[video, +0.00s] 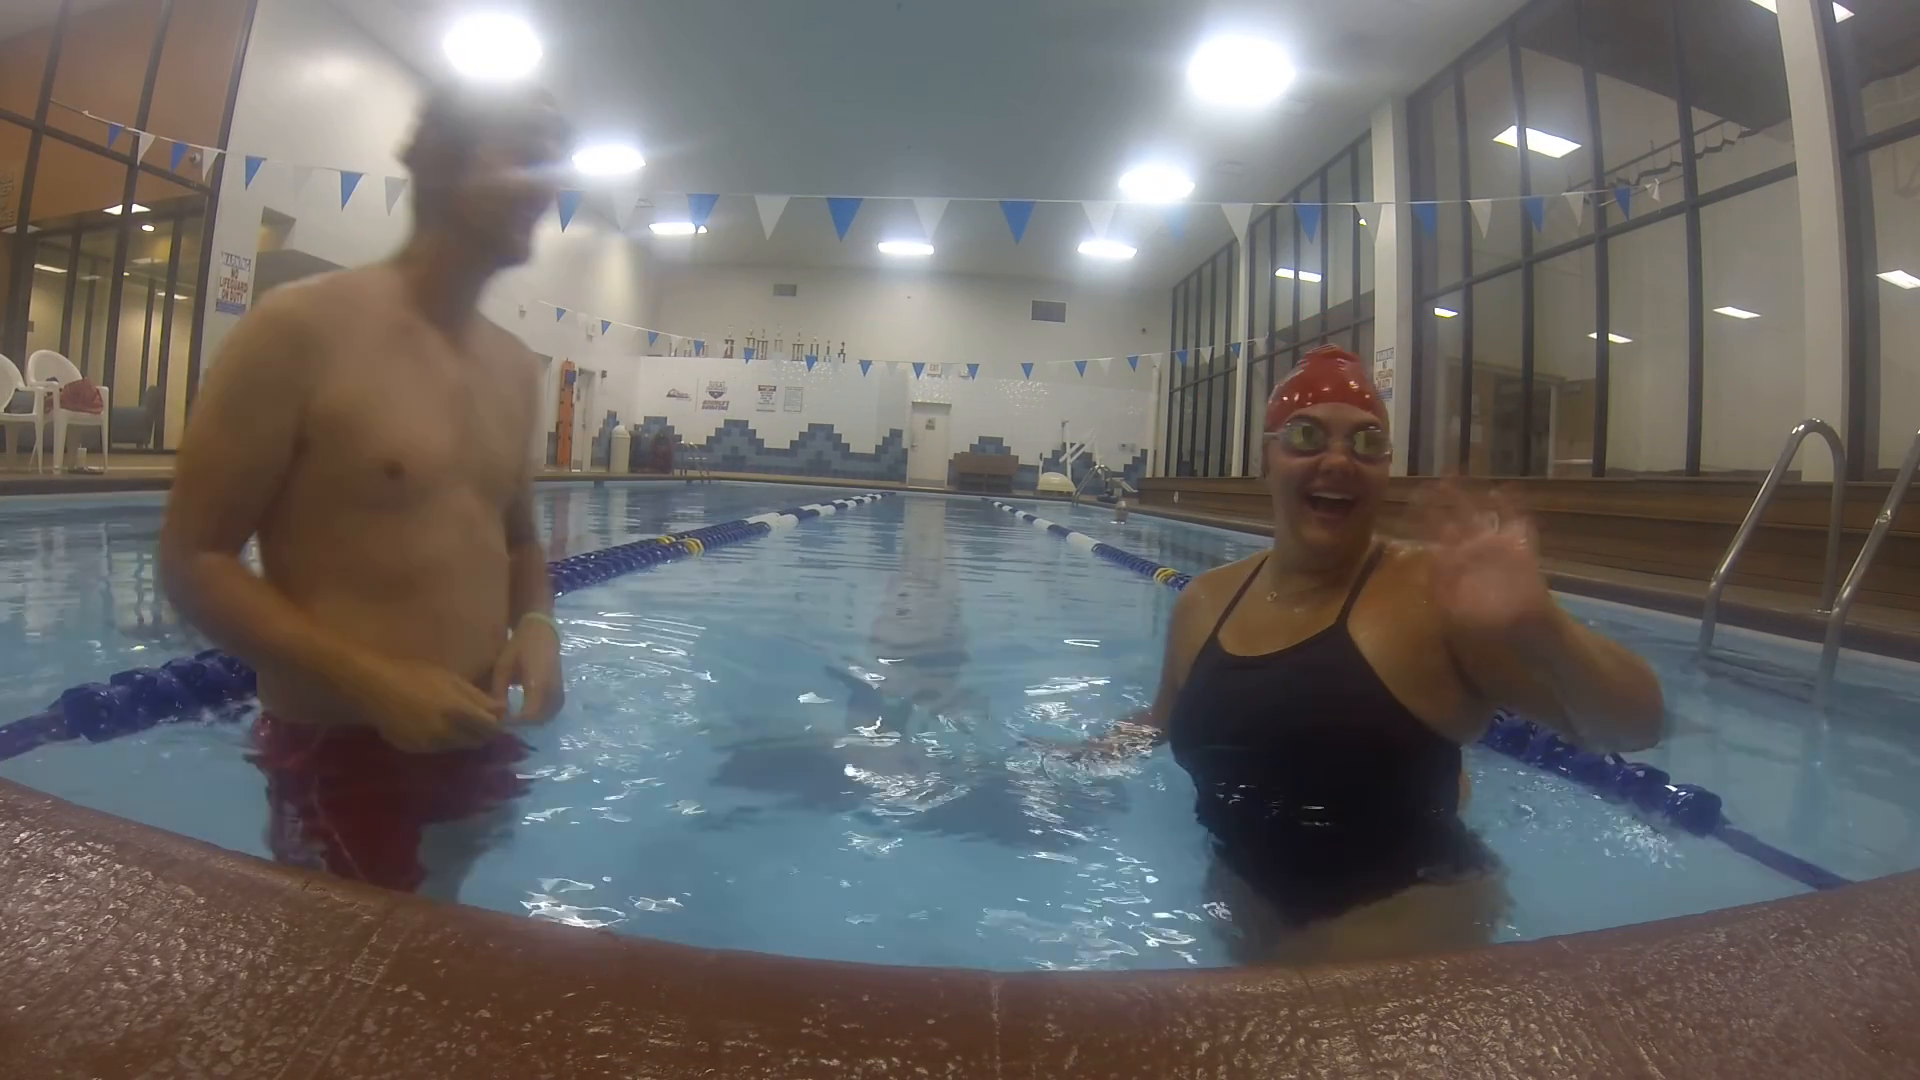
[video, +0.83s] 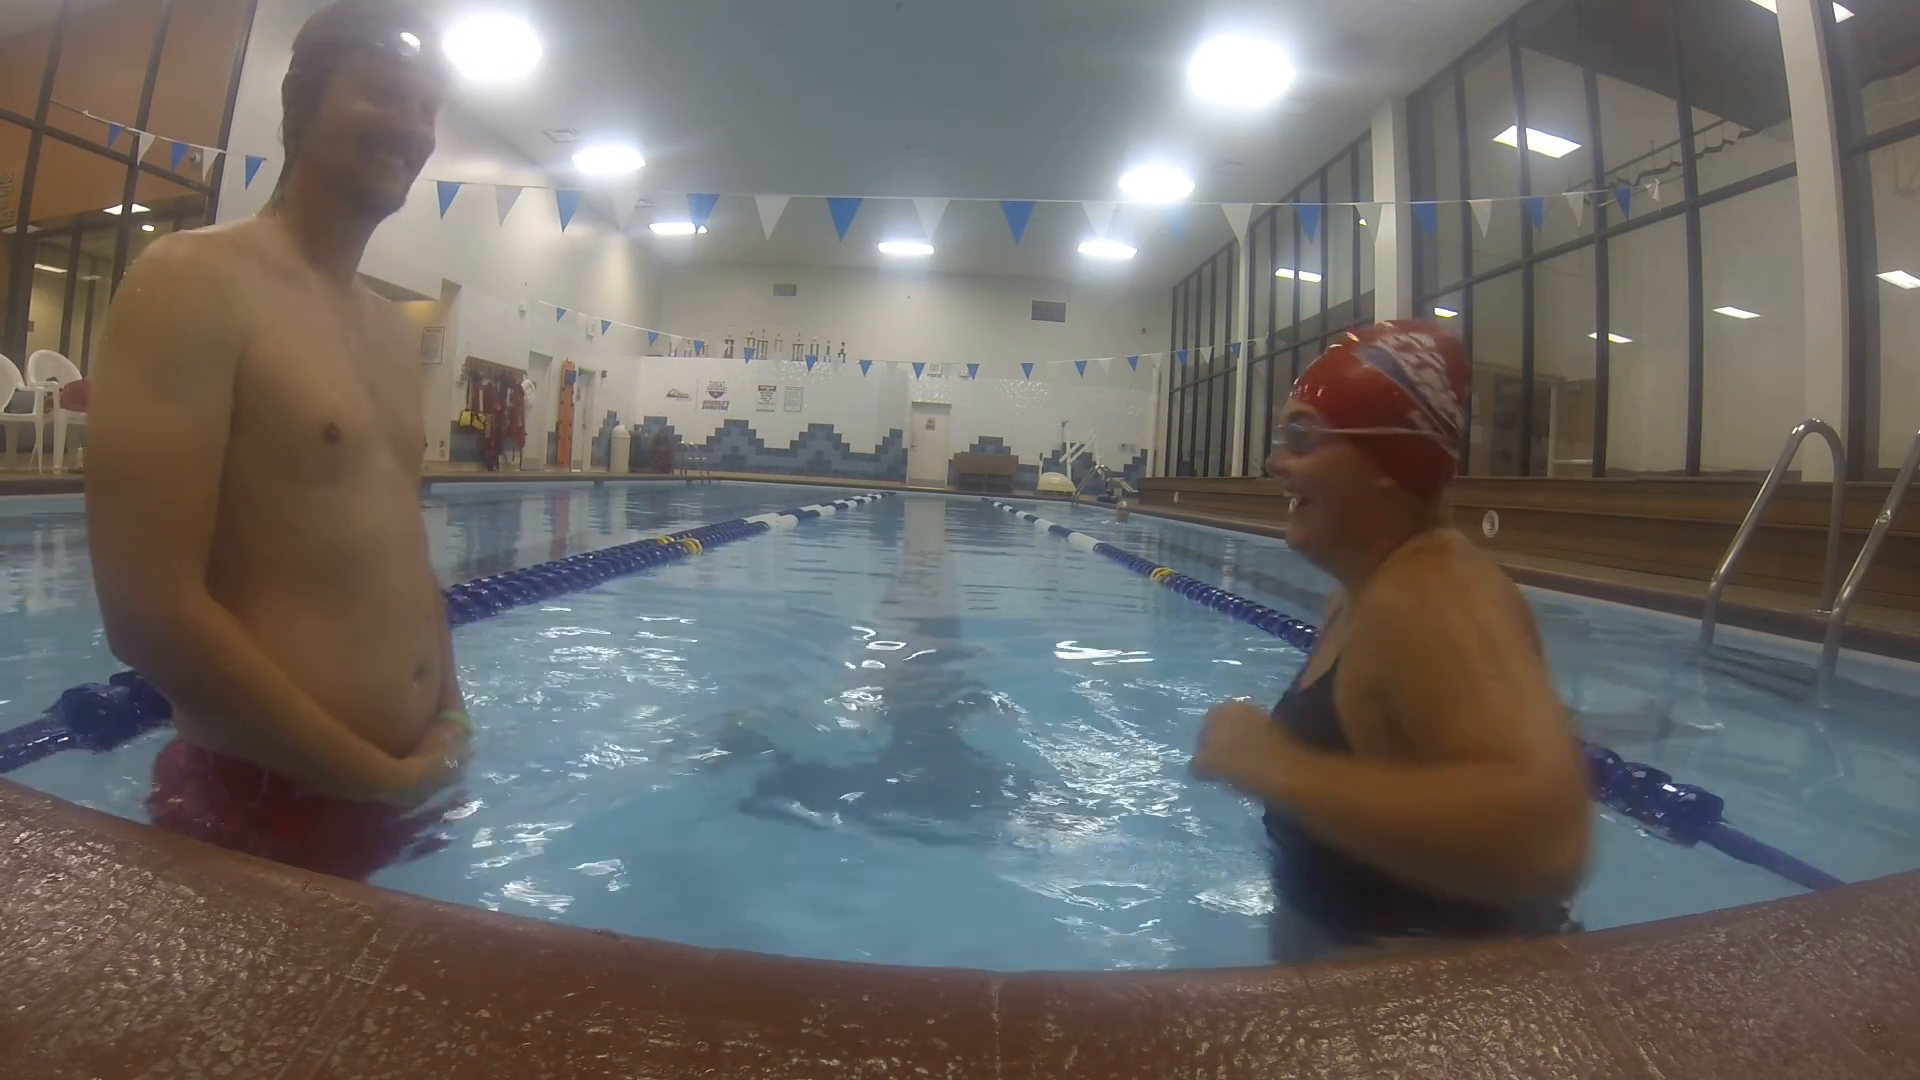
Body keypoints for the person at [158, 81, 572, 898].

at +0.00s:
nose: (546, 185)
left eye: (553, 163)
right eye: (520, 155)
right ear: (431, 166)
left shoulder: (513, 364)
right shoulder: (299, 331)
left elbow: (518, 532)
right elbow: (192, 560)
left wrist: (535, 620)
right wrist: (375, 685)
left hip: (474, 753)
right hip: (339, 759)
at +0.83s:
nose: (410, 124)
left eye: (429, 107)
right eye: (378, 88)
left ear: (435, 138)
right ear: (296, 101)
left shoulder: (395, 327)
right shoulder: (192, 280)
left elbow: (394, 546)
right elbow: (149, 610)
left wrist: (446, 714)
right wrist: (385, 778)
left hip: (399, 789)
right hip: (254, 801)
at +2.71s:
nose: (405, 160)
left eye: (409, 130)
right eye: (395, 119)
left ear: (310, 103)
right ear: (304, 95)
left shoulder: (318, 307)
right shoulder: (146, 276)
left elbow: (337, 551)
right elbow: (125, 626)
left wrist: (406, 704)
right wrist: (375, 768)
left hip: (341, 794)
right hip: (232, 808)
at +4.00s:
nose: (494, 167)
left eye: (500, 142)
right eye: (474, 130)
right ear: (377, 115)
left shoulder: (403, 320)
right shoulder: (235, 282)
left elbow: (400, 554)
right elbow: (192, 622)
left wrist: (450, 707)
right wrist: (400, 764)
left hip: (373, 784)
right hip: (274, 799)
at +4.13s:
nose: (518, 172)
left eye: (527, 150)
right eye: (497, 134)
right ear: (400, 113)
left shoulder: (430, 325)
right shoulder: (258, 287)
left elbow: (408, 565)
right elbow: (208, 623)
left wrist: (460, 717)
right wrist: (410, 766)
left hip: (391, 794)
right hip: (284, 802)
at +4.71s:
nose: (647, 185)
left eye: (652, 158)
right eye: (631, 145)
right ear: (542, 126)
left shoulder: (508, 335)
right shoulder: (378, 292)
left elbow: (484, 600)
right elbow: (323, 643)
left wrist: (557, 758)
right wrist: (538, 810)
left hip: (455, 837)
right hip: (380, 846)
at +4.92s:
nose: (775, 186)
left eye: (777, 151)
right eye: (757, 142)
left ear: (661, 127)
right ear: (660, 119)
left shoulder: (578, 313)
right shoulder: (486, 284)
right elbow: (421, 670)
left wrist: (621, 786)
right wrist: (593, 821)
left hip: (501, 869)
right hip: (428, 878)